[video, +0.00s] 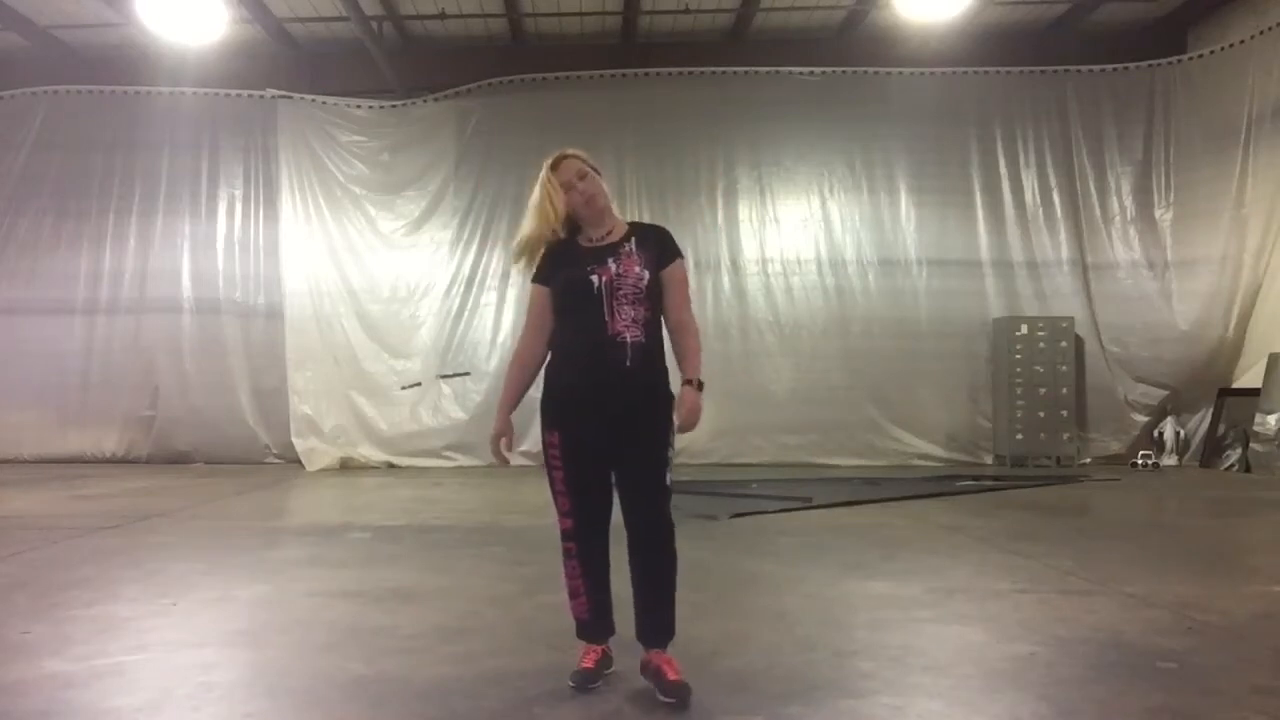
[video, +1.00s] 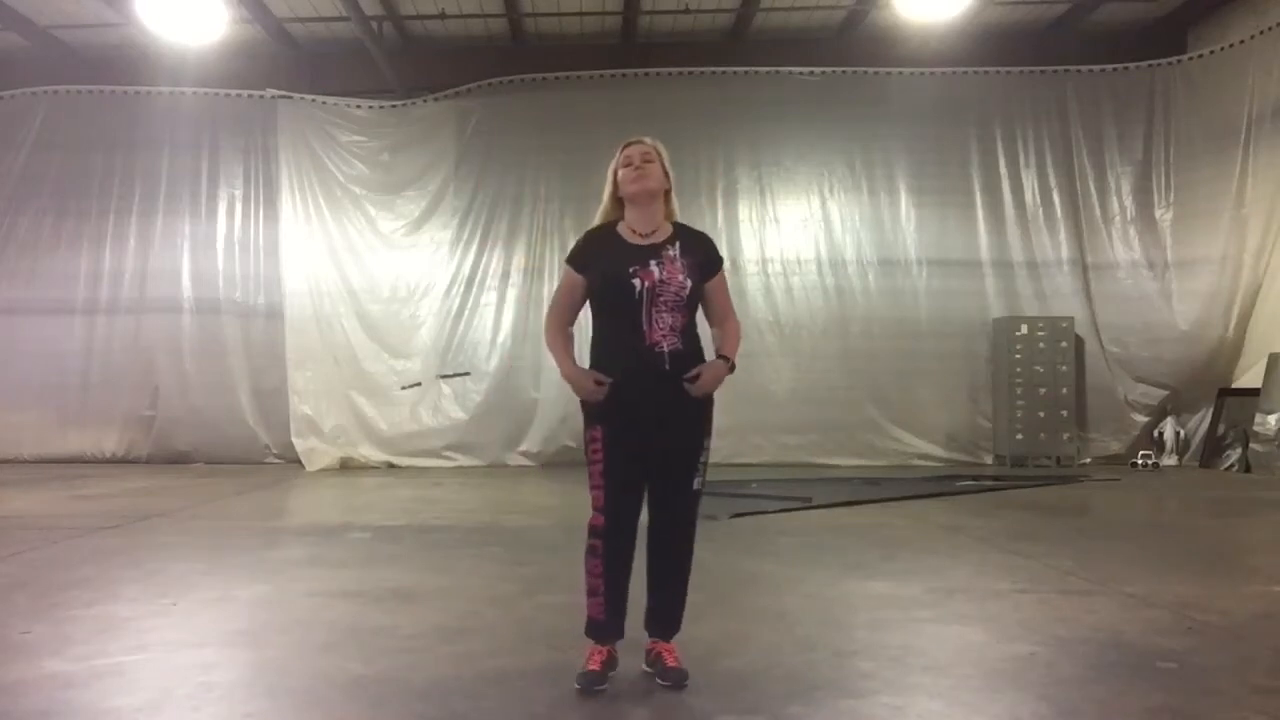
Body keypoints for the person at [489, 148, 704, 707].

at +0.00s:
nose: (582, 187)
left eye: (585, 175)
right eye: (569, 186)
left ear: (604, 178)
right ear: (561, 205)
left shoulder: (653, 241)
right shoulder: (556, 258)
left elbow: (680, 319)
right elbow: (534, 339)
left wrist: (693, 383)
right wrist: (505, 409)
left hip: (642, 410)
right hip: (572, 415)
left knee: (652, 528)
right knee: (582, 531)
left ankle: (657, 650)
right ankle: (594, 644)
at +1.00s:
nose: (636, 166)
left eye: (647, 160)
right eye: (626, 162)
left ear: (667, 178)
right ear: (614, 184)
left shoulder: (696, 246)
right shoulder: (595, 247)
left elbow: (725, 321)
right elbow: (557, 320)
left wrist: (723, 364)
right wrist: (573, 373)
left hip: (683, 403)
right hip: (615, 403)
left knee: (674, 526)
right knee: (610, 524)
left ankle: (662, 642)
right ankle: (601, 643)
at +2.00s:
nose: (619, 163)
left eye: (629, 156)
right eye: (609, 156)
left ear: (646, 173)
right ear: (594, 173)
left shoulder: (671, 240)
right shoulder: (569, 241)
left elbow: (713, 303)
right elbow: (520, 304)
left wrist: (720, 367)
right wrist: (517, 370)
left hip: (656, 403)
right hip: (585, 402)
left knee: (645, 524)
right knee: (589, 527)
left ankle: (634, 648)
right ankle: (597, 649)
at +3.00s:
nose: (631, 170)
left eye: (643, 165)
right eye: (623, 160)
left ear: (656, 181)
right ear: (604, 169)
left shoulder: (673, 242)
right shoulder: (571, 239)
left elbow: (702, 318)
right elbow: (535, 320)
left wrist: (733, 377)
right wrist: (492, 381)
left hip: (663, 405)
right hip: (593, 405)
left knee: (650, 522)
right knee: (597, 524)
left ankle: (633, 648)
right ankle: (599, 649)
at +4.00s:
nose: (632, 181)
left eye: (644, 173)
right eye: (622, 171)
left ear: (658, 183)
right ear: (606, 179)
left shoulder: (682, 247)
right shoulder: (583, 248)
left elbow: (706, 327)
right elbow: (548, 330)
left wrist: (728, 399)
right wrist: (529, 402)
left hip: (669, 410)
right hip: (600, 409)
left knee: (653, 527)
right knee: (601, 528)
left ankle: (635, 648)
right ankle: (599, 649)